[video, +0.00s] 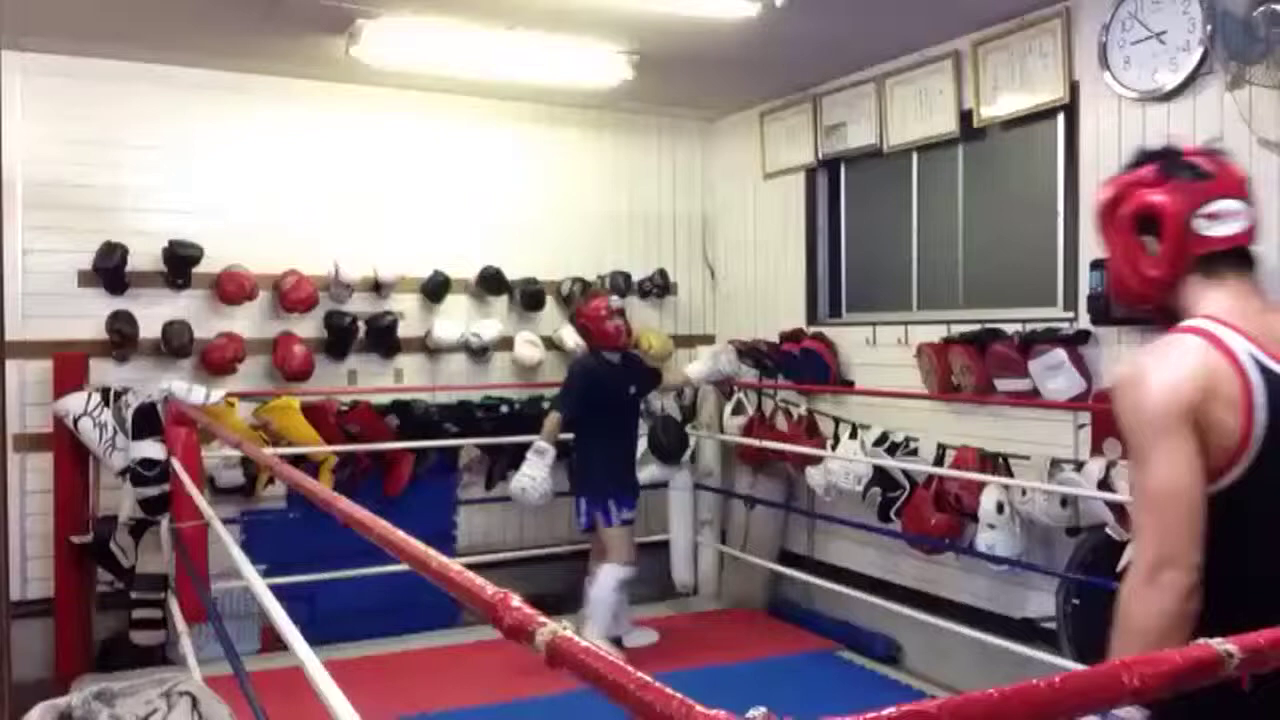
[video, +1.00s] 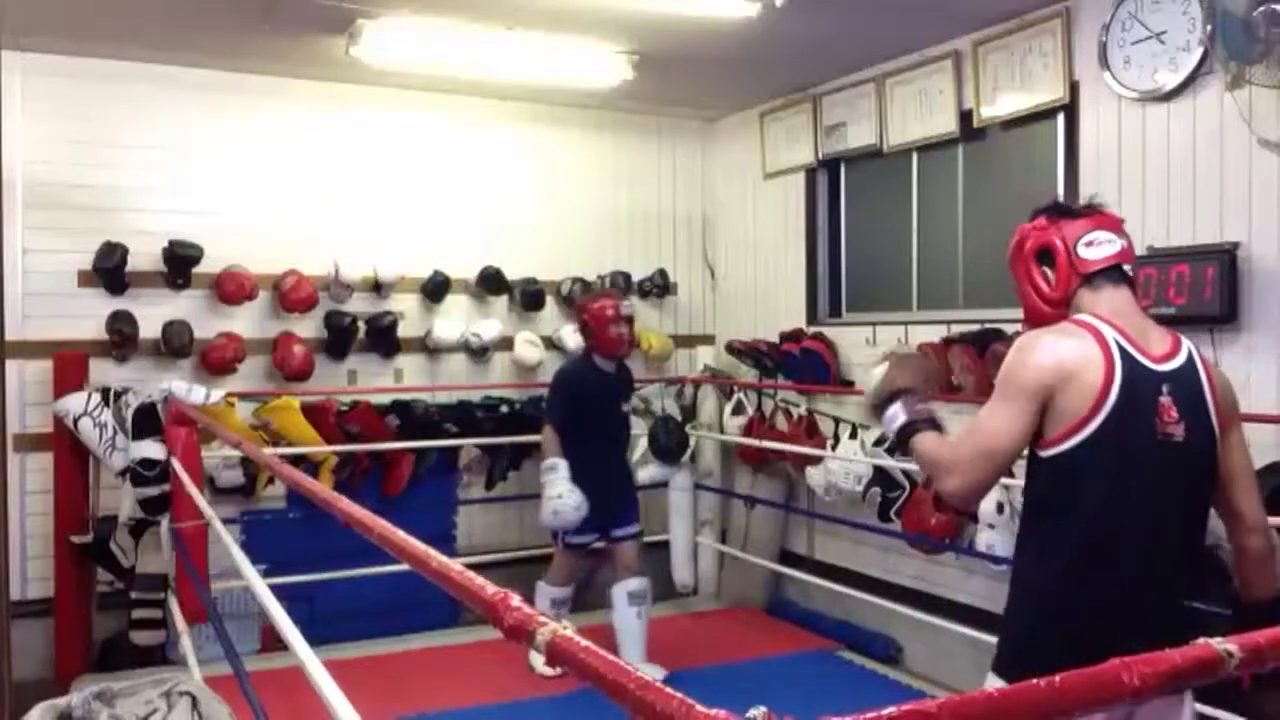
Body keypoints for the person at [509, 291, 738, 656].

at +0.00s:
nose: (618, 322)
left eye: (618, 315)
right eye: (608, 317)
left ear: (622, 320)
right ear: (589, 327)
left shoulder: (631, 364)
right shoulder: (584, 369)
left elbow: (666, 382)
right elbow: (556, 418)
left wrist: (705, 367)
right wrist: (539, 460)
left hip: (621, 471)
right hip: (596, 474)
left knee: (607, 555)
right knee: (620, 556)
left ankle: (619, 625)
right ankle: (593, 637)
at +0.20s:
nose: (616, 322)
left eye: (616, 315)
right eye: (606, 316)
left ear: (618, 320)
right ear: (586, 325)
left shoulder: (623, 362)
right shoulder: (578, 369)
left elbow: (648, 392)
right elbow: (553, 421)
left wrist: (688, 379)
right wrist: (543, 464)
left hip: (618, 474)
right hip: (588, 478)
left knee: (610, 556)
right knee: (589, 559)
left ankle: (617, 629)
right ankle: (558, 636)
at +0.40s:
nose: (607, 328)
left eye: (609, 320)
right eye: (598, 321)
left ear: (610, 325)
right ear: (576, 328)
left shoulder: (606, 369)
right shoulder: (565, 373)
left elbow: (612, 418)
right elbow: (542, 427)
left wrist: (649, 430)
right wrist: (542, 471)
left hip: (606, 476)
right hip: (576, 481)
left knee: (608, 553)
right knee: (567, 555)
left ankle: (618, 629)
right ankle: (546, 640)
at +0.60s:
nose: (601, 332)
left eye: (603, 323)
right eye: (592, 324)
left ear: (606, 328)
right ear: (571, 330)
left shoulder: (600, 371)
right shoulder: (555, 375)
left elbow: (597, 412)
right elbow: (528, 424)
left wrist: (632, 424)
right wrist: (523, 474)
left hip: (597, 472)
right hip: (561, 479)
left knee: (620, 550)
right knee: (559, 561)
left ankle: (624, 633)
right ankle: (543, 644)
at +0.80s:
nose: (608, 333)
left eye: (610, 324)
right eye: (599, 325)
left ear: (612, 328)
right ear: (577, 331)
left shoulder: (606, 373)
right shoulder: (560, 377)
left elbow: (597, 421)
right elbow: (533, 426)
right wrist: (534, 476)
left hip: (603, 475)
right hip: (565, 481)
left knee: (621, 553)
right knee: (557, 561)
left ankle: (632, 645)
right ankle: (543, 646)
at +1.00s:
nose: (622, 331)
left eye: (623, 322)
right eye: (612, 324)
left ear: (626, 326)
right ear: (591, 330)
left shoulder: (622, 375)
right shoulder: (571, 376)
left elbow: (613, 425)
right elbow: (550, 431)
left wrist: (622, 466)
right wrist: (556, 481)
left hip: (618, 478)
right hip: (580, 481)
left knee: (630, 564)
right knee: (566, 565)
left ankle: (634, 661)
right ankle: (542, 646)